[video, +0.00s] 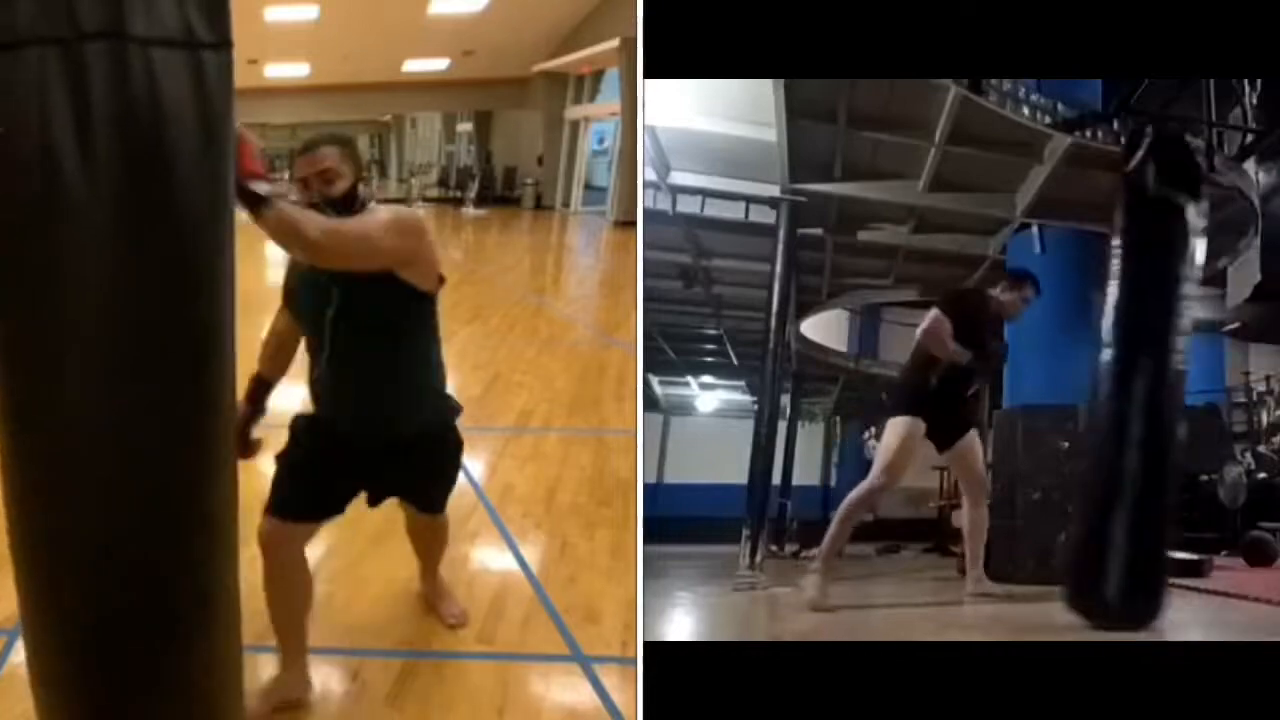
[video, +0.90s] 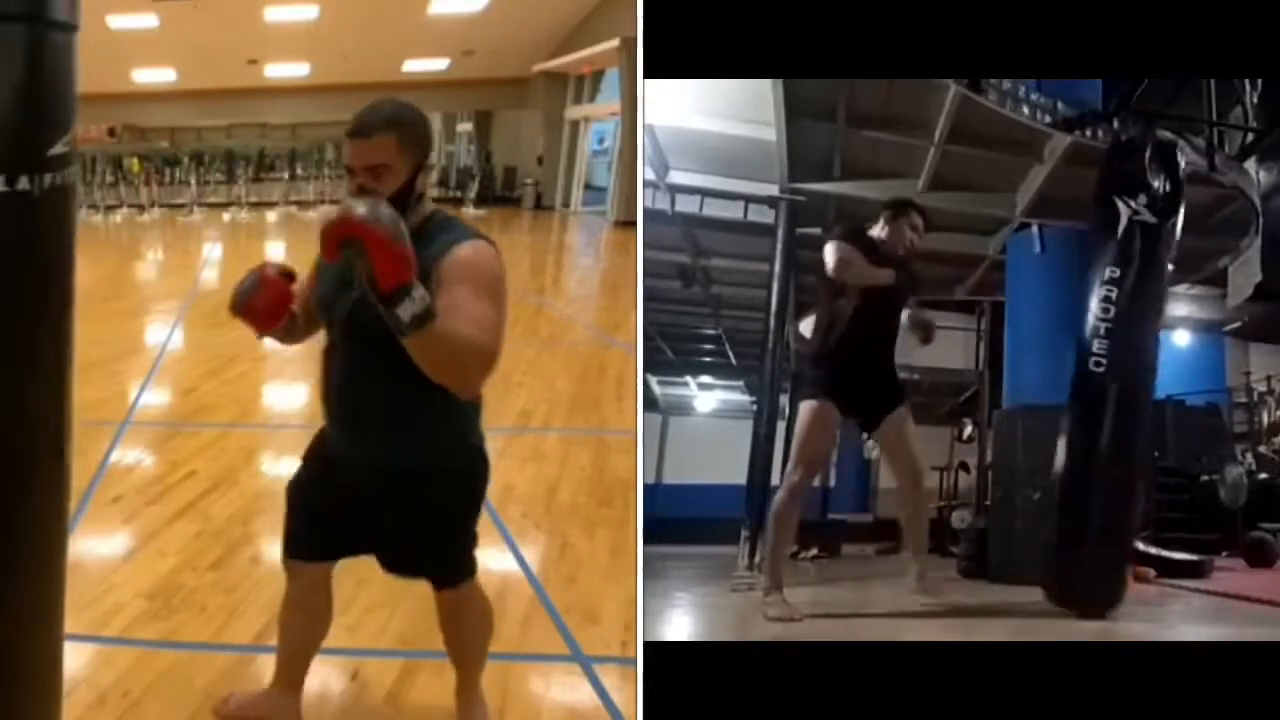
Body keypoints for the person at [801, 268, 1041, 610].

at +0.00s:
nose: (1022, 310)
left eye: (1027, 305)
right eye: (1023, 300)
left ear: (1020, 303)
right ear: (1007, 288)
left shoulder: (998, 336)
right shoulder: (969, 299)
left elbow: (979, 386)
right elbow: (929, 332)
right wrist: (962, 357)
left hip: (955, 410)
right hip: (917, 399)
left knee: (977, 489)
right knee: (881, 481)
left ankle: (976, 579)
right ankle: (820, 567)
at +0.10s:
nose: (1001, 297)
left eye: (1007, 290)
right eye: (997, 286)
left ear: (1009, 291)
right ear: (980, 279)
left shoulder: (998, 324)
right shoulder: (941, 303)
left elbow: (996, 362)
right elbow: (907, 351)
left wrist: (945, 350)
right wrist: (962, 354)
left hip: (962, 412)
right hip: (917, 404)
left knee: (1000, 486)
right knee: (893, 473)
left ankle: (983, 573)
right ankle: (845, 568)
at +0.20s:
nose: (979, 294)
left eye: (985, 287)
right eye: (973, 284)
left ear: (990, 290)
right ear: (954, 280)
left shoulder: (988, 323)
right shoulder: (920, 315)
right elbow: (894, 368)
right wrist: (937, 359)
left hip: (965, 420)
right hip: (918, 416)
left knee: (1004, 492)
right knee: (886, 483)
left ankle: (982, 558)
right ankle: (864, 588)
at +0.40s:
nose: (957, 248)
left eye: (963, 241)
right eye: (951, 237)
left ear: (968, 248)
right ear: (931, 237)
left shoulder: (960, 289)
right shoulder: (895, 270)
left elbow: (962, 334)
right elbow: (855, 310)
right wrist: (888, 316)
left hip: (930, 387)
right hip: (883, 382)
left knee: (959, 474)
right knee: (868, 462)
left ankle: (969, 569)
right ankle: (845, 577)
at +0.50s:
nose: (949, 243)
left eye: (955, 238)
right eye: (944, 233)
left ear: (957, 243)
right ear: (921, 229)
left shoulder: (944, 279)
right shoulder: (884, 261)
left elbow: (953, 330)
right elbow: (834, 301)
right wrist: (888, 302)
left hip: (913, 382)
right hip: (868, 376)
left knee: (943, 478)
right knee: (852, 463)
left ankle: (908, 569)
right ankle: (806, 569)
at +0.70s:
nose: (925, 254)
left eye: (929, 247)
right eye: (921, 243)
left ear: (919, 249)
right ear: (896, 236)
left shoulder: (904, 285)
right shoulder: (855, 263)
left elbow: (888, 338)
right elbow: (824, 310)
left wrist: (914, 352)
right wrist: (877, 315)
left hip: (878, 386)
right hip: (836, 381)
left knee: (934, 460)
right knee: (811, 479)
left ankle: (901, 554)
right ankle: (771, 588)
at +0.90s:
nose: (914, 240)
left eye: (918, 236)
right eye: (910, 230)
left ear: (914, 240)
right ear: (886, 221)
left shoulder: (902, 271)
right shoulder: (848, 238)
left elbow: (914, 324)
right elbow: (838, 267)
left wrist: (921, 328)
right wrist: (893, 275)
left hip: (878, 379)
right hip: (829, 374)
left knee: (913, 478)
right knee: (800, 476)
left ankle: (919, 576)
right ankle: (772, 590)